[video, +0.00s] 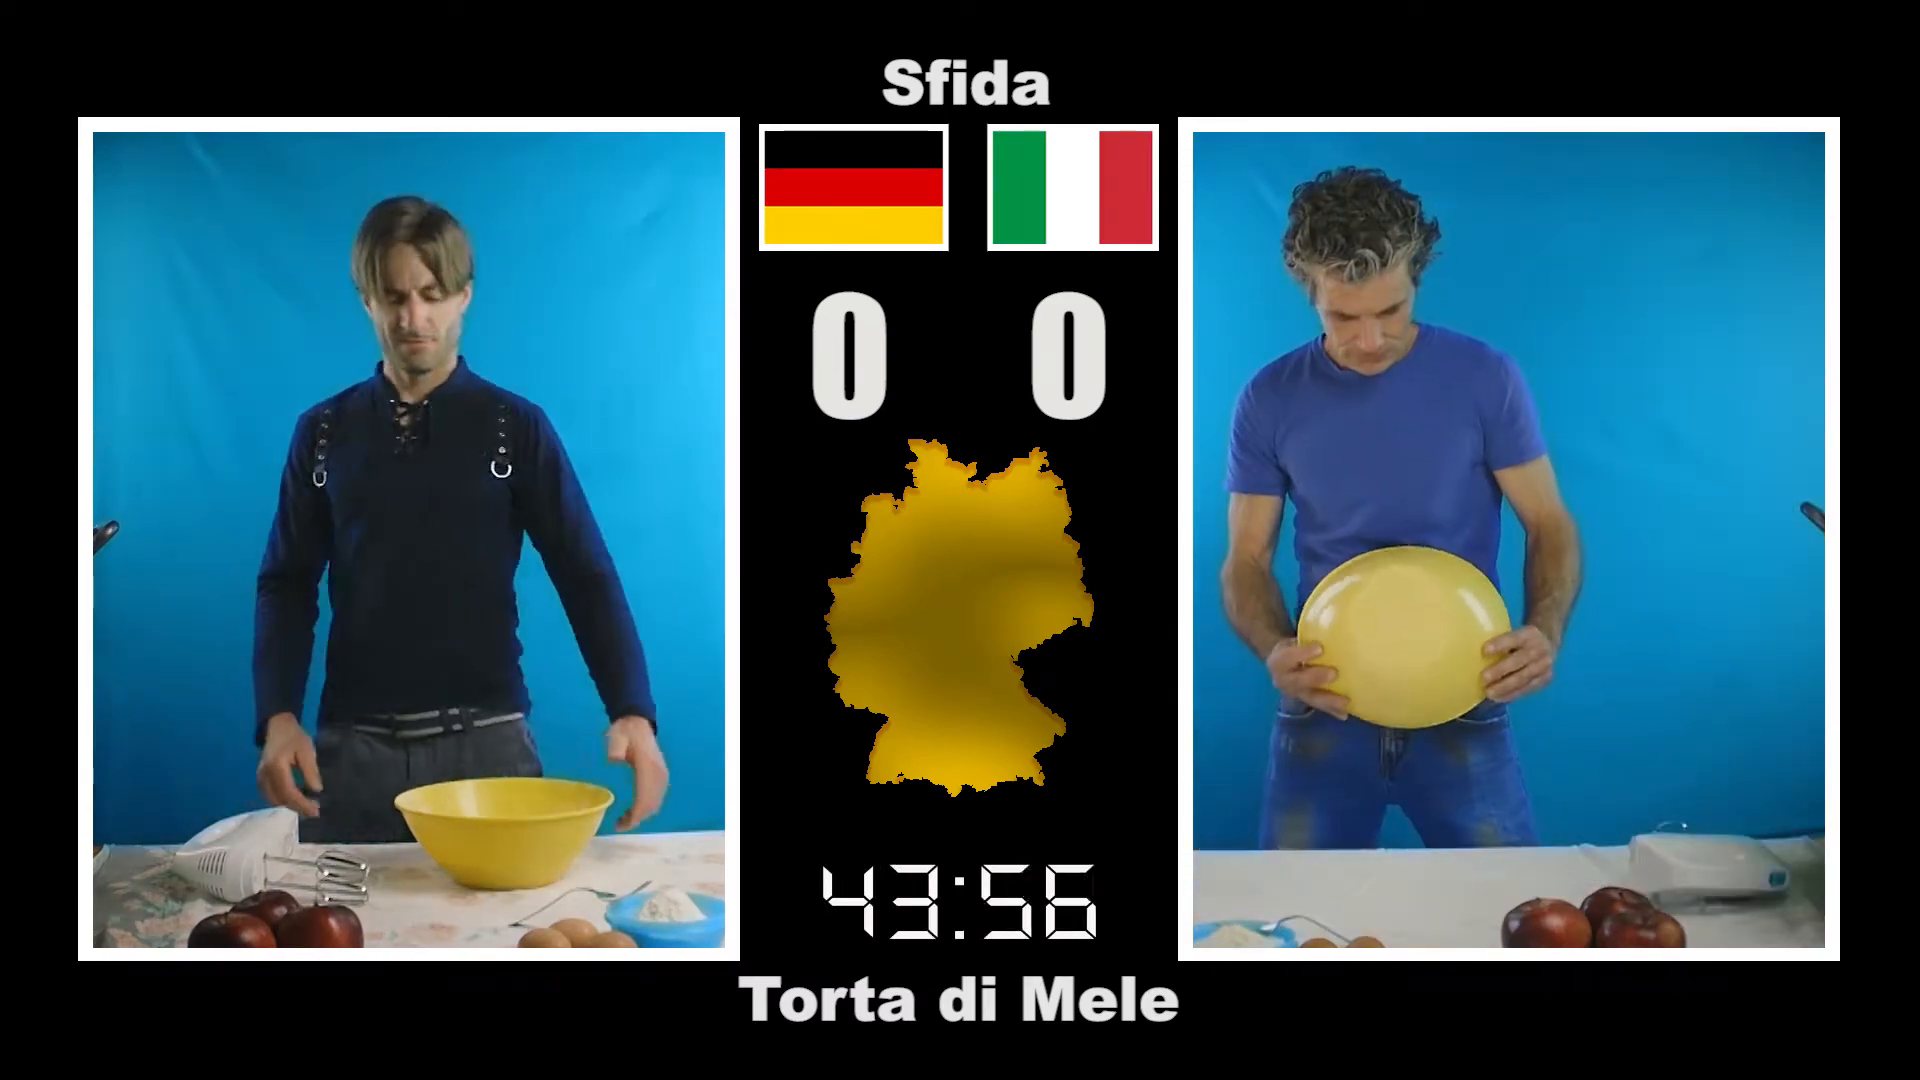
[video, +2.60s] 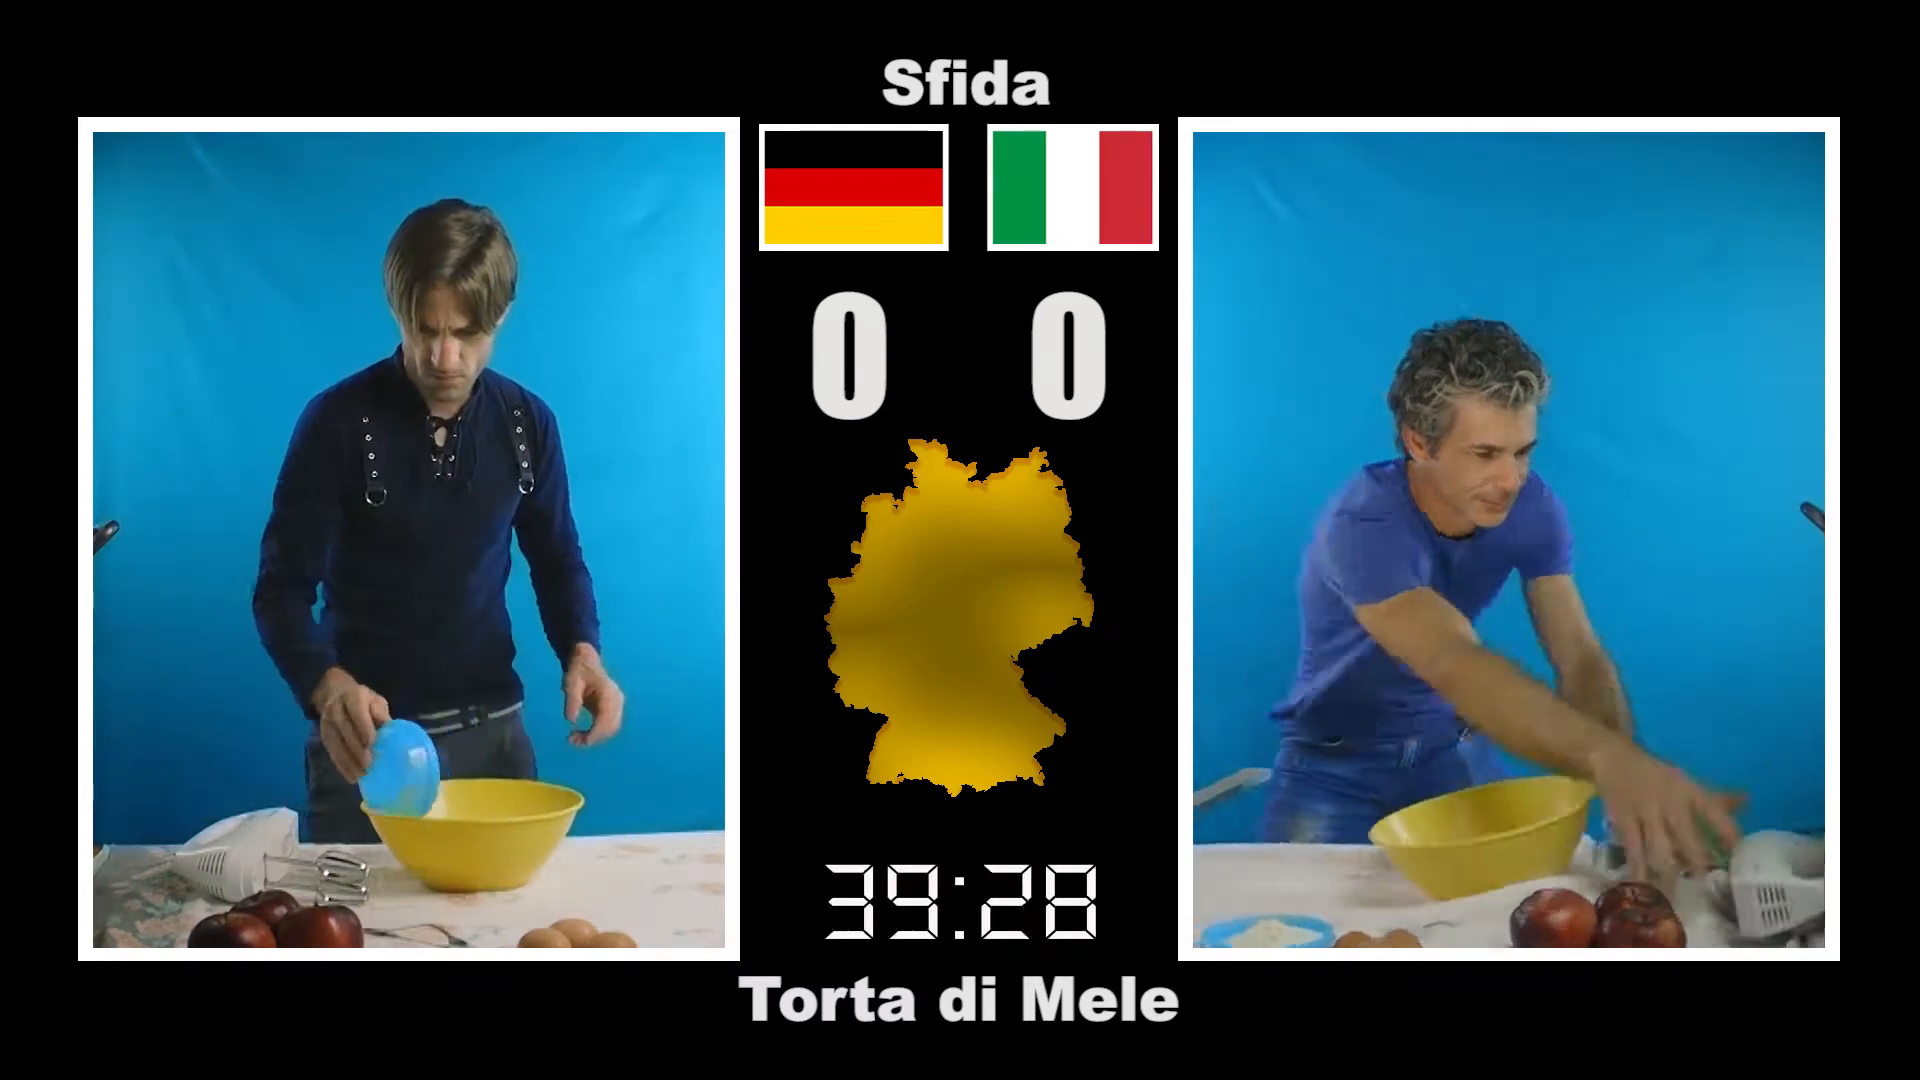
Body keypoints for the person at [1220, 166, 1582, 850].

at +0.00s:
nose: (1371, 337)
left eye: (1390, 311)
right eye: (1346, 316)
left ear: (1414, 282)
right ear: (1311, 291)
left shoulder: (1483, 381)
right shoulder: (1273, 399)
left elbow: (1550, 524)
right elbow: (1247, 561)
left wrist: (1545, 629)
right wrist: (1275, 649)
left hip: (1463, 712)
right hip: (1324, 716)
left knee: (1515, 926)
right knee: (1300, 932)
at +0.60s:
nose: (1366, 331)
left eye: (1387, 303)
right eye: (1341, 308)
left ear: (1414, 278)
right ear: (1305, 286)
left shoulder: (1480, 382)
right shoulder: (1270, 394)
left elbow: (1549, 546)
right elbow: (1247, 570)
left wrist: (1548, 700)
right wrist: (1279, 711)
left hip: (1459, 698)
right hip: (1320, 700)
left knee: (1497, 924)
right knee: (1298, 928)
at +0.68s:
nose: (1439, 352)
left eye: (1459, 326)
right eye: (1413, 330)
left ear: (1476, 301)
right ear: (1363, 302)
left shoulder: (1516, 398)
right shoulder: (1307, 390)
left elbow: (1555, 563)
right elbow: (1312, 577)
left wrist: (1559, 692)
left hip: (1470, 726)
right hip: (1335, 719)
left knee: (1502, 940)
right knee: (1320, 940)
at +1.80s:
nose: (1417, 359)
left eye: (1434, 335)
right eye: (1396, 334)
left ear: (1447, 326)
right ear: (1338, 322)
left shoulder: (1464, 433)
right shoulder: (1262, 433)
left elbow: (1513, 574)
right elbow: (1238, 610)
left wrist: (1553, 701)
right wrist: (1329, 703)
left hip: (1433, 739)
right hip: (1297, 741)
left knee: (1496, 925)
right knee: (1265, 937)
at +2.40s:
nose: (1420, 460)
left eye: (1432, 433)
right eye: (1396, 438)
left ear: (1442, 411)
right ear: (1328, 421)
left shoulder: (1463, 493)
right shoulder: (1260, 495)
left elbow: (1561, 631)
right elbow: (1266, 684)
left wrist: (1651, 749)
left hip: (1419, 762)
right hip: (1294, 759)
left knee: (1436, 932)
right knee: (1254, 926)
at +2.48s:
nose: (1440, 467)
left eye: (1455, 440)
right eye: (1417, 445)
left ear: (1465, 420)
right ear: (1351, 430)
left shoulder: (1479, 493)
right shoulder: (1293, 497)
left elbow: (1571, 643)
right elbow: (1345, 684)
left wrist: (1640, 769)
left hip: (1433, 760)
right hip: (1309, 757)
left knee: (1456, 932)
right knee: (1272, 930)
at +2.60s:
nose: (1509, 479)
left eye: (1522, 452)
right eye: (1486, 454)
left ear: (1533, 439)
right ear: (1418, 445)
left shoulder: (1529, 507)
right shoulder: (1361, 524)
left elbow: (1578, 656)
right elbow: (1458, 667)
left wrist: (1624, 778)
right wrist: (1614, 763)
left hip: (1450, 761)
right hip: (1333, 769)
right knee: (1313, 937)